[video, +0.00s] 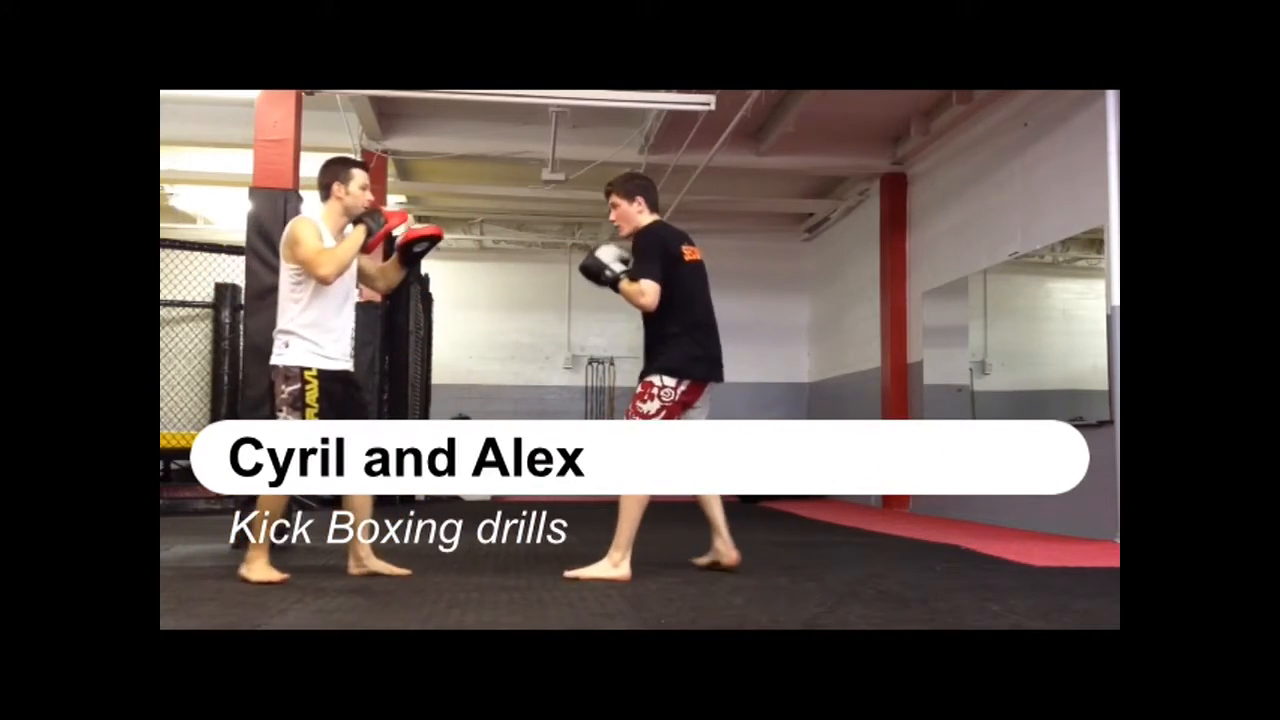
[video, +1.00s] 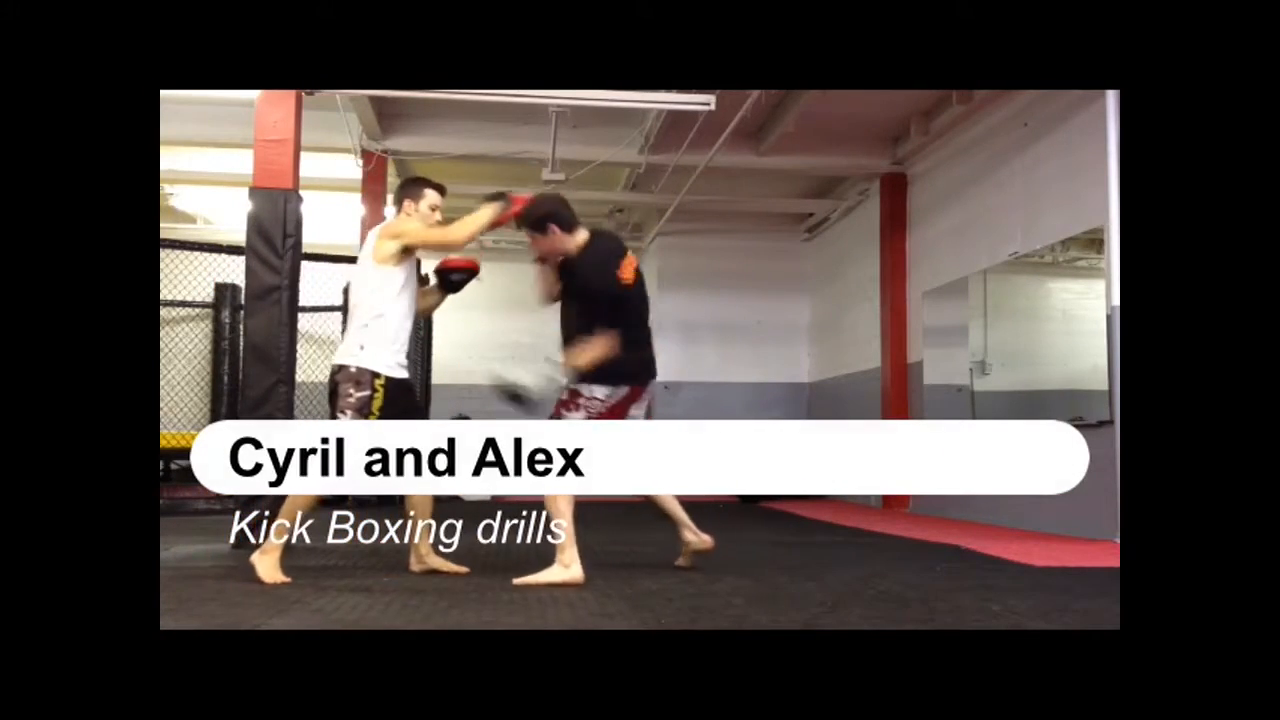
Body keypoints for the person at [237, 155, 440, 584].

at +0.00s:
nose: (369, 197)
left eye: (369, 190)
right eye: (362, 188)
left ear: (344, 193)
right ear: (336, 189)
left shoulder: (347, 240)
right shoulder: (302, 228)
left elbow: (384, 280)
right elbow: (325, 269)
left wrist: (406, 251)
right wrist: (363, 229)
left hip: (339, 365)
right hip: (300, 363)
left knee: (362, 456)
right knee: (288, 460)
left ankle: (361, 552)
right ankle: (256, 556)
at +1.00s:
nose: (439, 217)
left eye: (441, 211)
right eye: (433, 209)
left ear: (415, 210)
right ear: (409, 205)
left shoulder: (405, 252)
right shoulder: (393, 230)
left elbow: (417, 307)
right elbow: (456, 237)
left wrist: (447, 285)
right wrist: (498, 205)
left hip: (393, 373)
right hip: (363, 370)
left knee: (421, 458)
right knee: (332, 463)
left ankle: (422, 550)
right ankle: (269, 550)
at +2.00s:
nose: (384, 211)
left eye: (385, 203)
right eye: (378, 202)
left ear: (359, 204)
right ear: (352, 201)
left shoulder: (362, 250)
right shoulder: (317, 238)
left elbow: (392, 294)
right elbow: (328, 283)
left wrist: (429, 285)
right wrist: (378, 246)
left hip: (365, 372)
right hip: (322, 370)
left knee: (405, 456)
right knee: (303, 468)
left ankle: (399, 549)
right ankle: (259, 560)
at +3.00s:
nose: (345, 212)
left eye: (346, 204)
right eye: (341, 203)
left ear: (319, 203)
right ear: (315, 200)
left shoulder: (314, 252)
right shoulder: (267, 236)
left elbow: (295, 309)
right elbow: (239, 294)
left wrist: (336, 308)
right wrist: (305, 302)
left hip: (298, 372)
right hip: (256, 368)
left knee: (332, 461)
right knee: (246, 468)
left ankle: (337, 551)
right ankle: (196, 555)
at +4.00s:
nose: (352, 195)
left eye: (351, 187)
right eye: (345, 186)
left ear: (325, 191)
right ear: (319, 188)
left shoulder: (327, 243)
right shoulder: (285, 228)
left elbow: (319, 290)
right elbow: (250, 282)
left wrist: (343, 298)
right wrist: (308, 299)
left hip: (319, 366)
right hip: (279, 363)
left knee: (353, 454)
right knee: (274, 464)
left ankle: (353, 546)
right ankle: (243, 561)